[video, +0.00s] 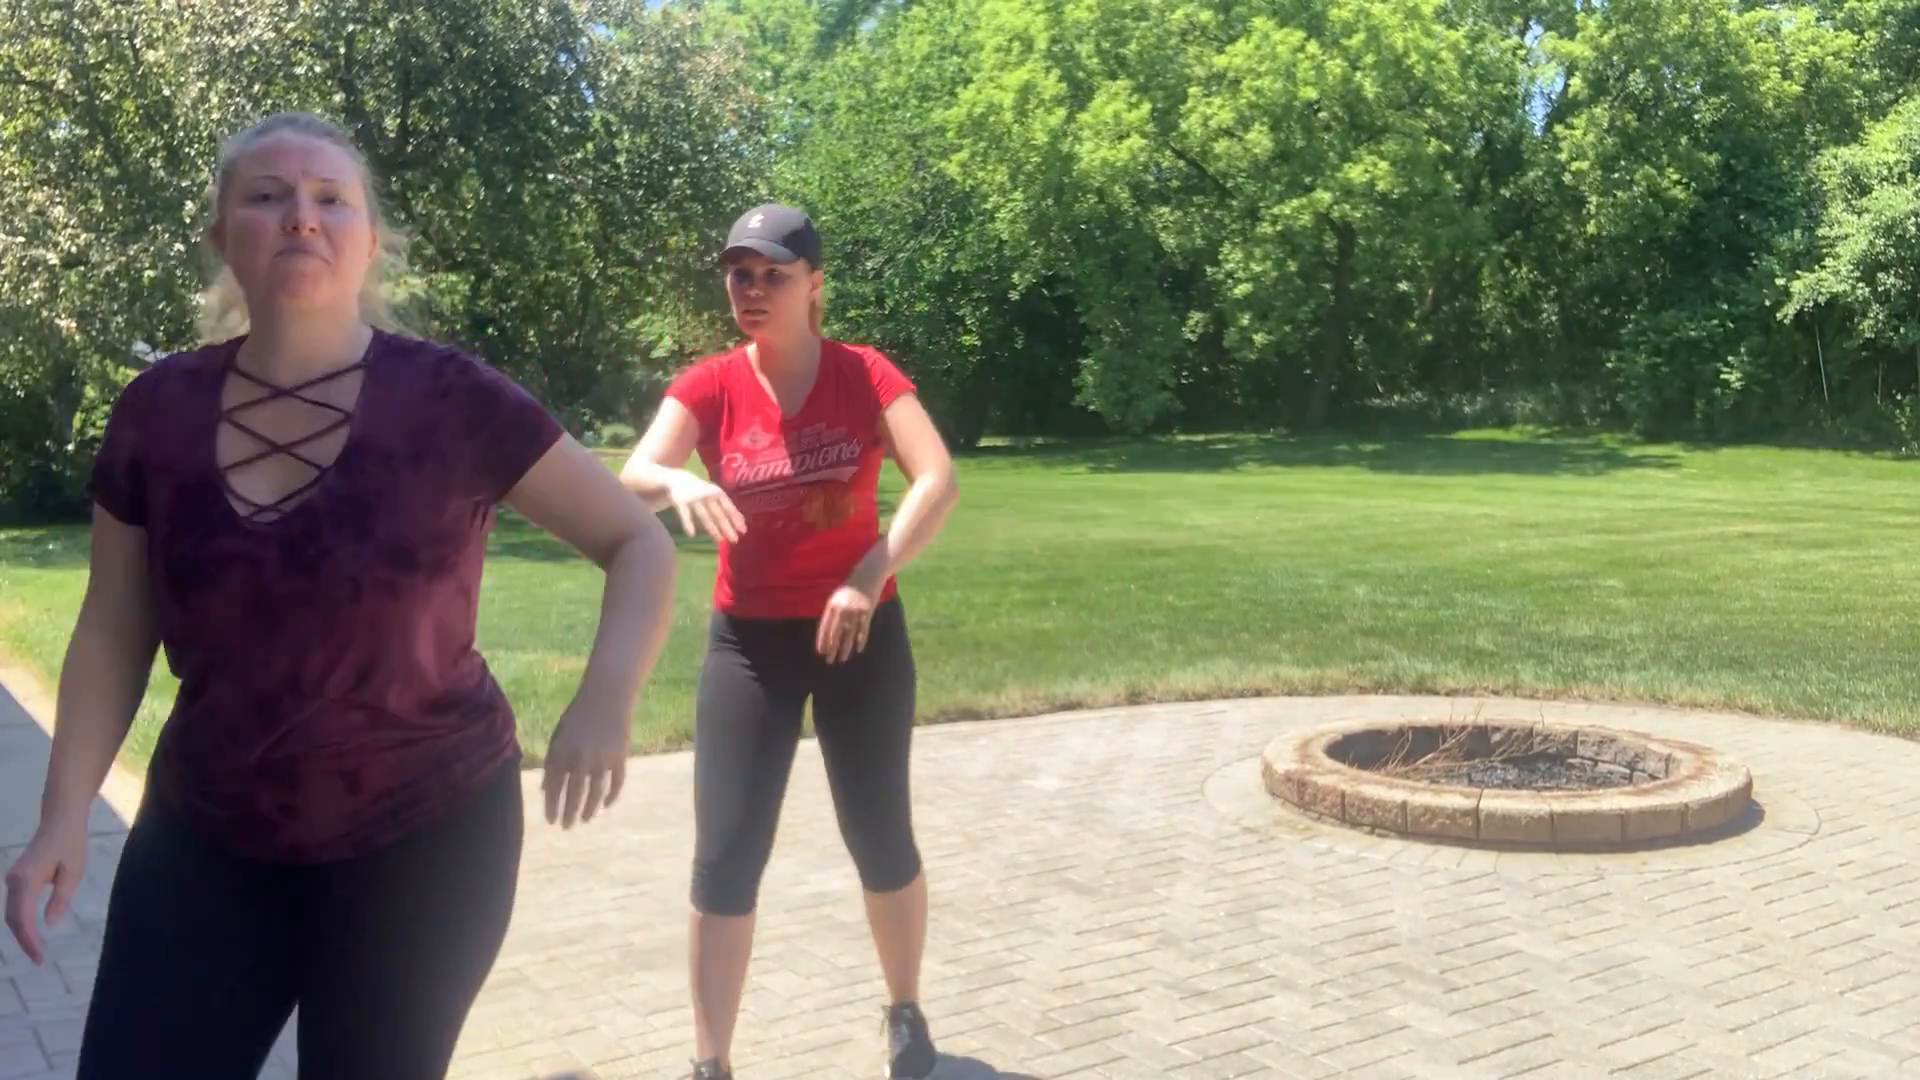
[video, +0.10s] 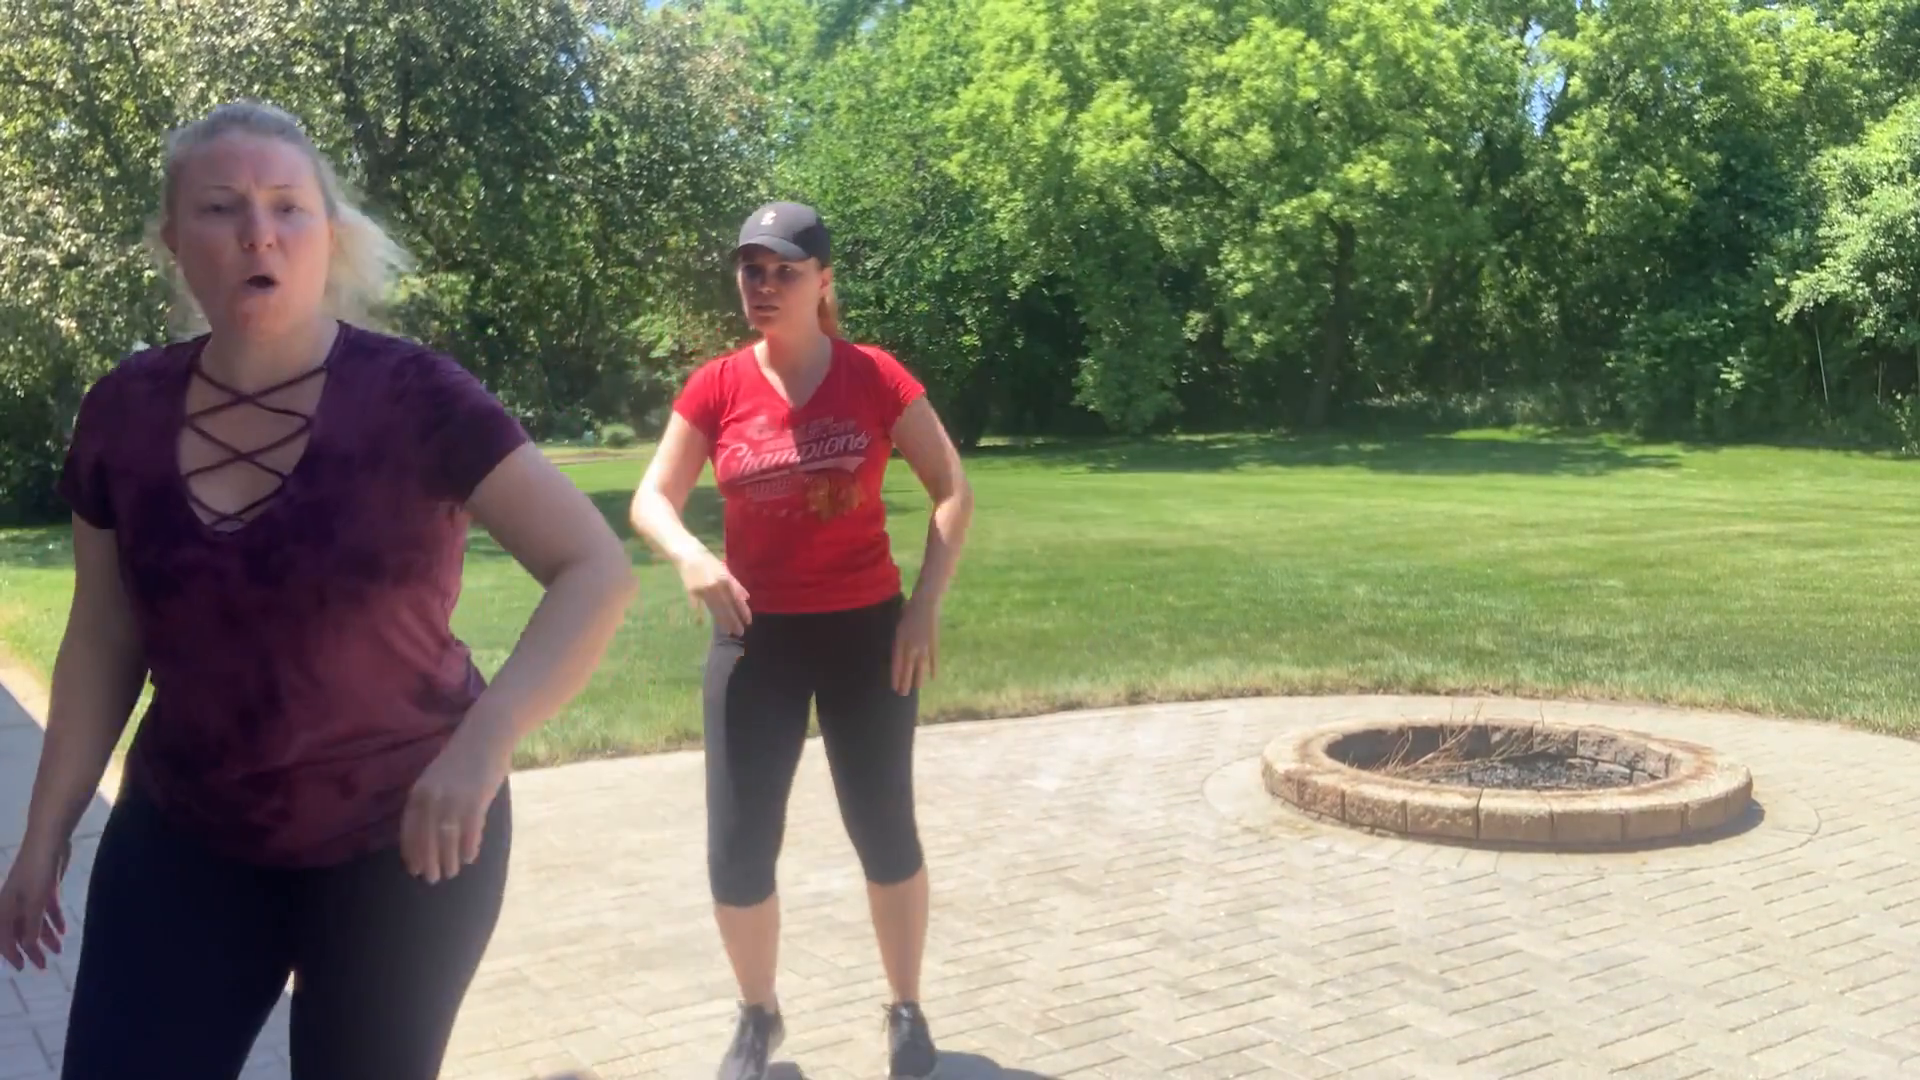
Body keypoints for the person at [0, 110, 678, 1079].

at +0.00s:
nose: (302, 218)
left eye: (331, 199)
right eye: (268, 197)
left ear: (374, 245)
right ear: (219, 239)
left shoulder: (454, 398)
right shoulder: (159, 409)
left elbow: (638, 542)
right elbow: (115, 631)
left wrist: (606, 697)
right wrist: (63, 812)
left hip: (420, 827)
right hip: (212, 821)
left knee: (370, 1065)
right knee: (130, 1067)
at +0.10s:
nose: (258, 235)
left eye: (287, 206)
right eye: (221, 208)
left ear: (331, 236)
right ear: (172, 243)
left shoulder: (417, 395)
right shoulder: (126, 410)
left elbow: (597, 568)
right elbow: (104, 635)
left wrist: (487, 739)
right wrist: (45, 834)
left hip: (402, 835)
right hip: (190, 833)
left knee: (361, 1066)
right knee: (113, 1065)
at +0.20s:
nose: (221, 255)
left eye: (249, 222)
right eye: (181, 227)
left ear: (294, 233)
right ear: (132, 250)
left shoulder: (386, 391)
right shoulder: (87, 408)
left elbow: (530, 600)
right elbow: (74, 626)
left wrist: (367, 752)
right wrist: (23, 803)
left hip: (380, 835)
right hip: (163, 837)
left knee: (350, 1067)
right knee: (122, 1066)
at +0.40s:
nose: (192, 273)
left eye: (215, 228)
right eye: (145, 241)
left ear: (251, 214)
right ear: (85, 247)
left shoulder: (352, 384)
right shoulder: (41, 391)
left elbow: (427, 627)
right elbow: (12, 629)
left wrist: (227, 718)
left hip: (331, 841)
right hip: (104, 842)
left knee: (322, 1065)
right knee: (115, 1065)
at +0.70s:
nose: (246, 229)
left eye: (254, 195)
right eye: (201, 204)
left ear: (271, 200)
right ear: (105, 224)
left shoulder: (349, 371)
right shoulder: (32, 386)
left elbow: (444, 587)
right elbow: (4, 602)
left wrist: (306, 617)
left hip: (323, 841)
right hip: (89, 846)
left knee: (318, 1065)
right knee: (113, 1065)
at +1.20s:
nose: (236, 241)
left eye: (249, 220)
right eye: (202, 205)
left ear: (257, 244)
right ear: (101, 211)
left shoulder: (264, 398)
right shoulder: (13, 383)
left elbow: (317, 590)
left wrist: (416, 649)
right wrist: (74, 639)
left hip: (259, 842)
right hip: (61, 854)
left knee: (282, 1066)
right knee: (86, 1066)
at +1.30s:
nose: (228, 241)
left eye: (237, 222)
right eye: (195, 206)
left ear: (239, 250)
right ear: (91, 216)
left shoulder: (217, 394)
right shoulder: (14, 383)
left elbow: (242, 597)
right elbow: (0, 628)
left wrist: (381, 686)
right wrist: (110, 653)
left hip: (223, 824)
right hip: (52, 838)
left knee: (267, 1065)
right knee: (75, 1066)